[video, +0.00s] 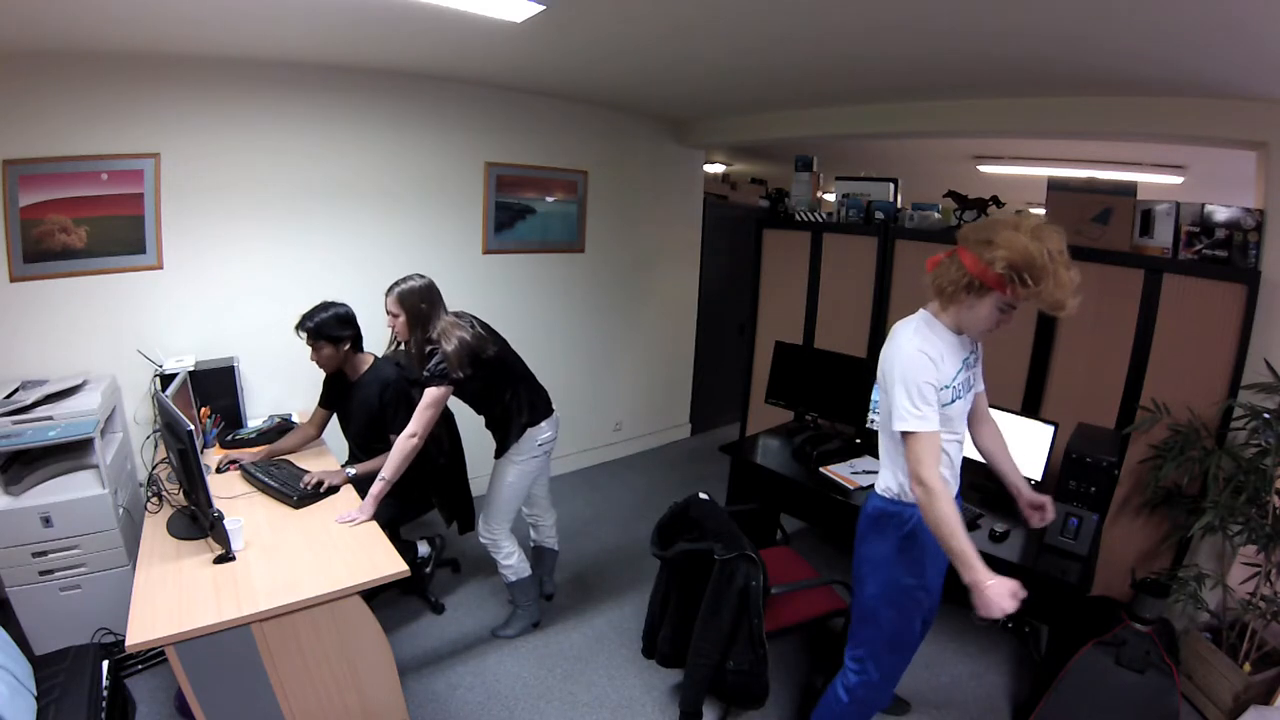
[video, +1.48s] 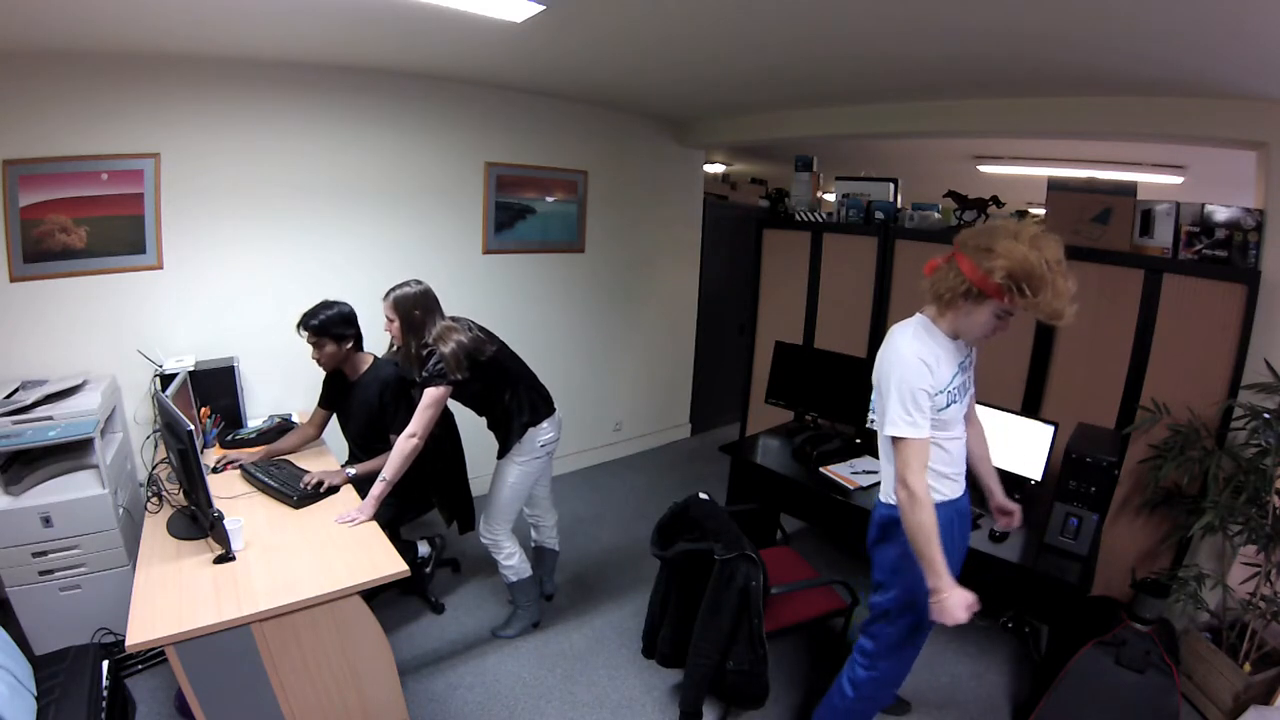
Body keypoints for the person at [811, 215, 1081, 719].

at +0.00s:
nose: (1005, 324)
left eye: (1012, 312)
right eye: (1004, 310)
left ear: (983, 293)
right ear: (976, 288)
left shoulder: (963, 339)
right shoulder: (913, 351)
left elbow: (979, 419)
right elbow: (924, 481)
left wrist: (1020, 489)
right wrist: (979, 579)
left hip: (936, 513)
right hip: (899, 523)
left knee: (912, 615)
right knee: (870, 665)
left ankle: (875, 688)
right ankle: (836, 713)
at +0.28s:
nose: (1003, 328)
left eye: (1009, 317)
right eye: (1002, 314)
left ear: (981, 297)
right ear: (974, 292)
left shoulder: (958, 340)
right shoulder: (910, 357)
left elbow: (964, 421)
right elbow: (904, 485)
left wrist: (985, 494)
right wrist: (927, 587)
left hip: (947, 512)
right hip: (912, 523)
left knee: (909, 616)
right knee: (882, 650)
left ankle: (878, 688)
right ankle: (839, 713)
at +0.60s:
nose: (1004, 329)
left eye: (1011, 318)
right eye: (1002, 315)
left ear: (979, 300)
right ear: (972, 294)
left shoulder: (959, 340)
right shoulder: (911, 357)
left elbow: (968, 420)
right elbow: (910, 487)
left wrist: (994, 494)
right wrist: (942, 584)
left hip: (946, 508)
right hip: (907, 522)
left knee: (910, 617)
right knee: (877, 658)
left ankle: (880, 689)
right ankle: (842, 713)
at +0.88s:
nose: (1008, 325)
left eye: (1015, 314)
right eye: (1006, 311)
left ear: (983, 295)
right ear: (976, 289)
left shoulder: (963, 340)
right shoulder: (914, 350)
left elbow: (981, 418)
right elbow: (928, 479)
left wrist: (1022, 487)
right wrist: (987, 577)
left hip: (931, 518)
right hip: (895, 524)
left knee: (909, 617)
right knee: (867, 672)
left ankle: (876, 689)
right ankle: (837, 713)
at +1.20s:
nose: (1005, 326)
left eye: (1012, 314)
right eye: (1004, 312)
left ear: (981, 293)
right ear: (975, 290)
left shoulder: (959, 338)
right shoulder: (912, 354)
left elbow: (969, 417)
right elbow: (912, 485)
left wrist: (995, 491)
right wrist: (946, 582)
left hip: (943, 510)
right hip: (904, 521)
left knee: (906, 616)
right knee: (874, 652)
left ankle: (875, 688)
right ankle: (838, 713)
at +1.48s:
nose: (1002, 330)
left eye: (1009, 319)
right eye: (1001, 316)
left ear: (978, 300)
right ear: (971, 294)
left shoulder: (959, 340)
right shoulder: (909, 357)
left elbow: (967, 417)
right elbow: (910, 488)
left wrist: (993, 493)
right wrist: (940, 584)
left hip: (949, 510)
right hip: (911, 522)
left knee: (911, 617)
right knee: (884, 646)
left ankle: (879, 687)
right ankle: (838, 713)